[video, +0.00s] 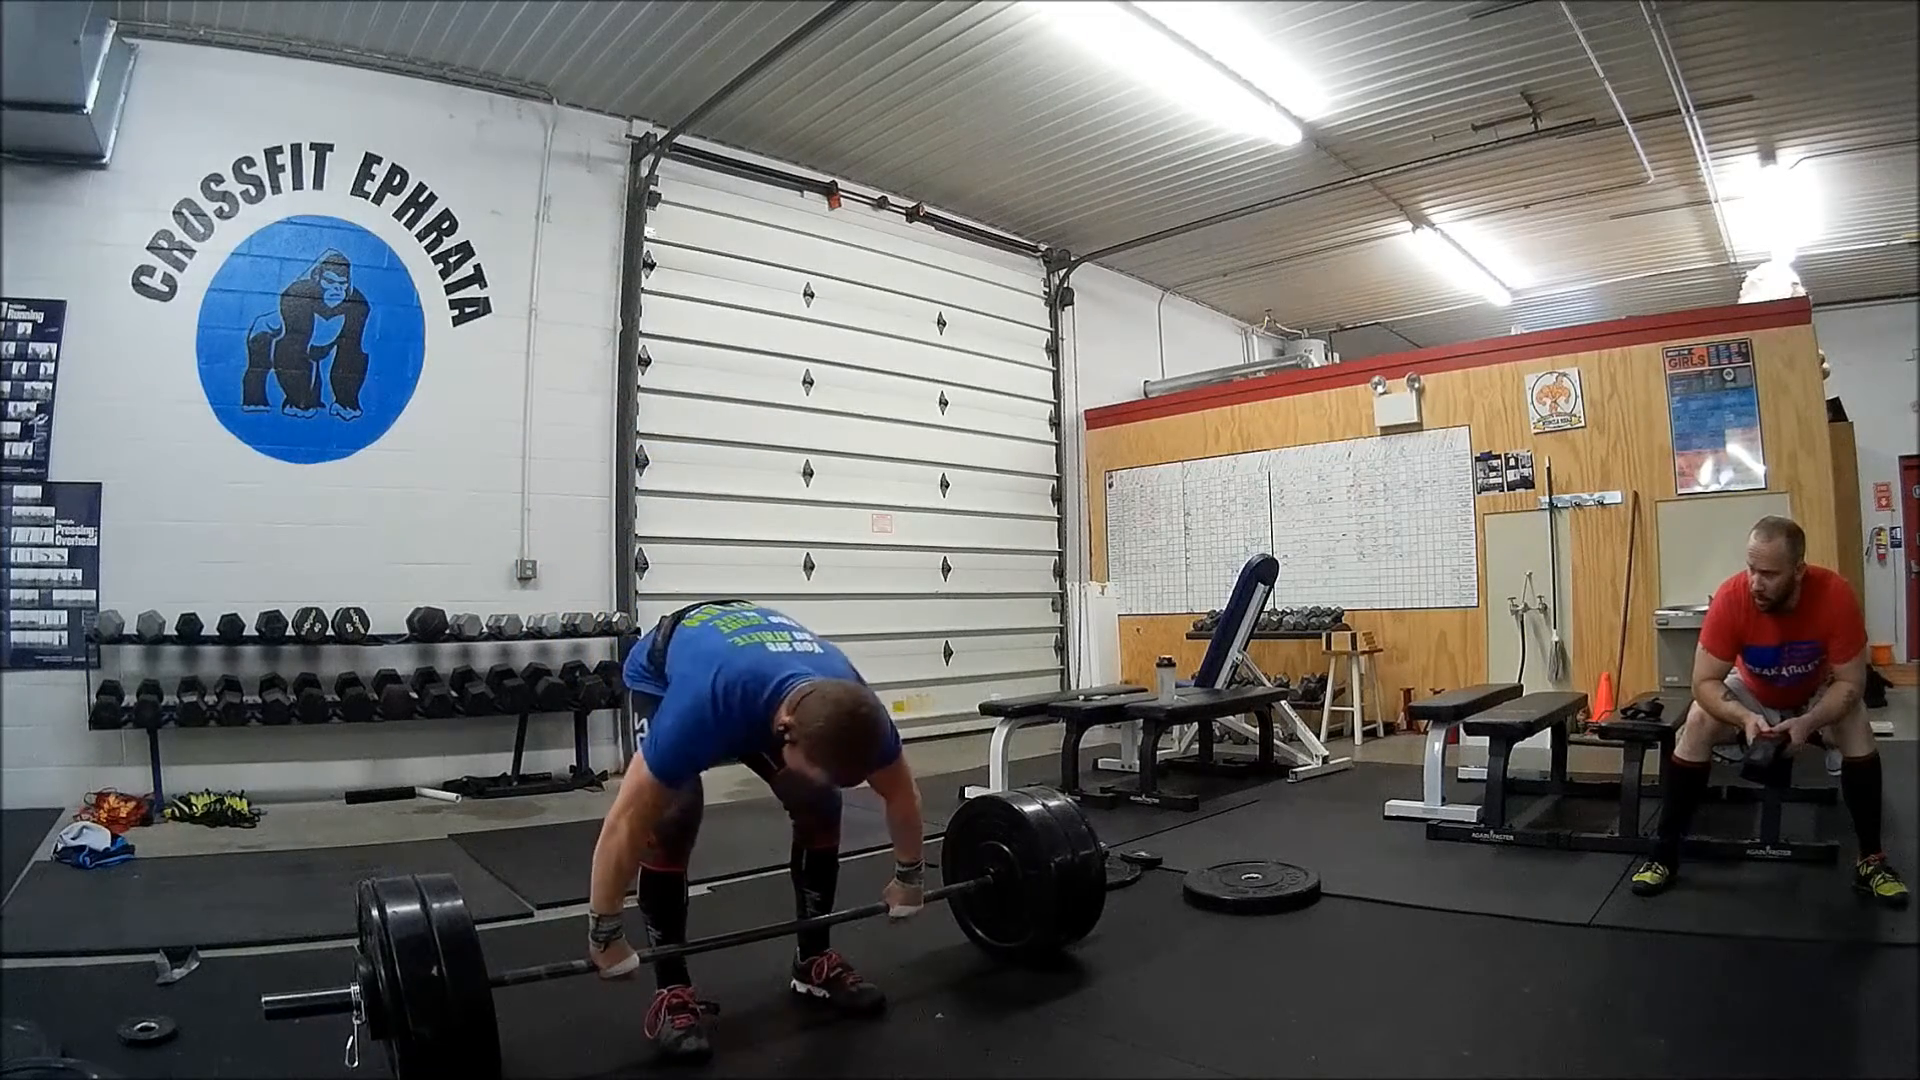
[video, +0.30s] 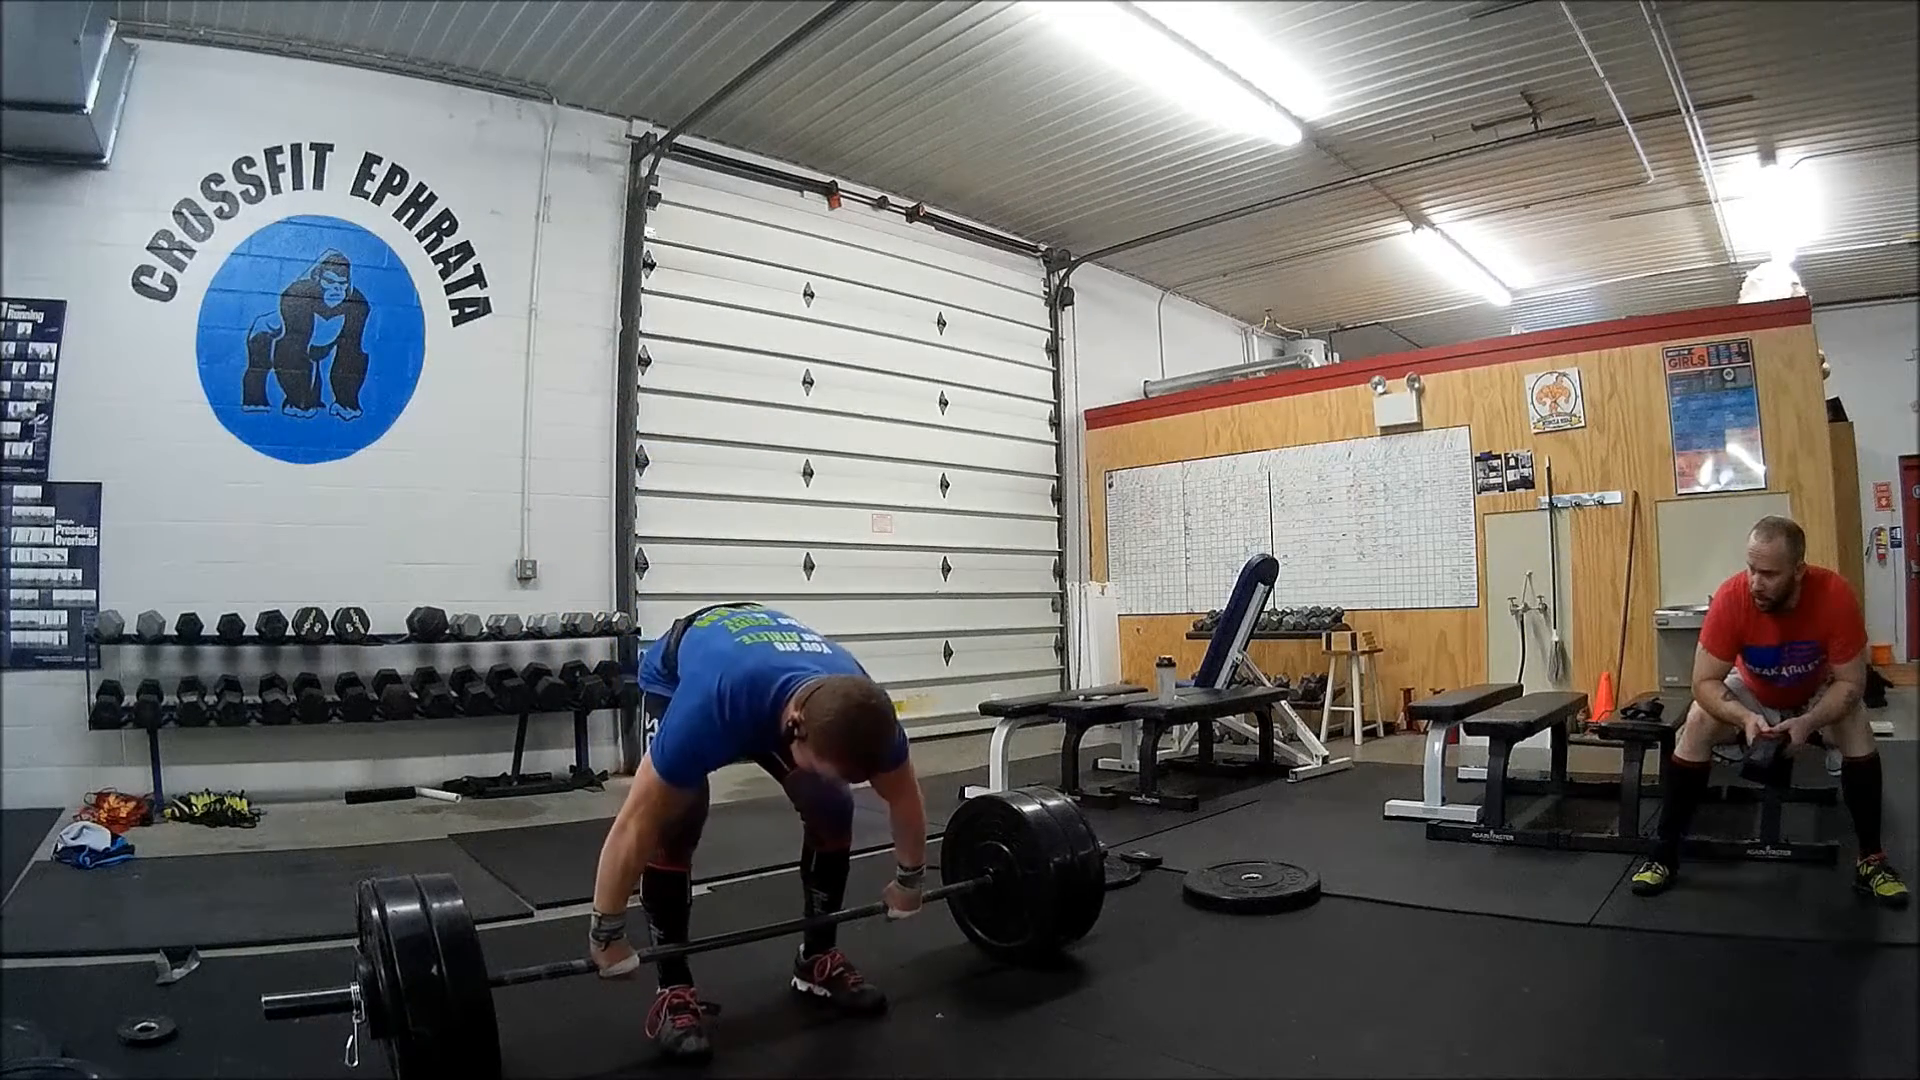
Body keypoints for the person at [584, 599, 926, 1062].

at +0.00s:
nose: (829, 790)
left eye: (843, 783)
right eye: (825, 778)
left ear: (869, 731)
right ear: (787, 732)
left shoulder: (865, 717)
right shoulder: (702, 708)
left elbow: (901, 792)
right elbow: (625, 817)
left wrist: (910, 875)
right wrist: (604, 932)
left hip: (759, 648)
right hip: (660, 670)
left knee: (820, 805)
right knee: (675, 818)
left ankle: (815, 961)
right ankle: (673, 992)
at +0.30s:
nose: (833, 784)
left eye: (846, 777)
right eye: (825, 771)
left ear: (879, 734)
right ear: (796, 728)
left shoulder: (874, 722)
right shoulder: (707, 711)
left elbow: (904, 796)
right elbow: (635, 822)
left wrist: (911, 879)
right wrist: (605, 933)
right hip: (677, 675)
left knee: (833, 808)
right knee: (678, 822)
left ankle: (818, 959)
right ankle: (675, 991)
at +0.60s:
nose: (826, 798)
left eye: (841, 796)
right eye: (820, 787)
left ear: (881, 753)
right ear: (797, 735)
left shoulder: (861, 710)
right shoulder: (707, 715)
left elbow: (891, 790)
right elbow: (630, 820)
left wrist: (902, 872)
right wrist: (603, 933)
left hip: (766, 646)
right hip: (668, 668)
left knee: (827, 807)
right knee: (677, 824)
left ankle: (815, 958)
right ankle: (676, 991)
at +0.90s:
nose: (824, 789)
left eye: (840, 784)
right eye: (819, 775)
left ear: (877, 739)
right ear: (794, 728)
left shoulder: (869, 720)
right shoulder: (707, 709)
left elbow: (903, 794)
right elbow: (633, 820)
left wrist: (909, 877)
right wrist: (604, 930)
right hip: (673, 670)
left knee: (831, 807)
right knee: (682, 818)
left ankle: (816, 958)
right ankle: (673, 991)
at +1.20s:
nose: (823, 793)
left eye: (838, 785)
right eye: (815, 780)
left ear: (865, 746)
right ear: (784, 731)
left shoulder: (868, 728)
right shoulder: (695, 708)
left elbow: (896, 794)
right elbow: (625, 819)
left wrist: (907, 876)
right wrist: (603, 932)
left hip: (767, 650)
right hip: (664, 669)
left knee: (825, 805)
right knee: (676, 815)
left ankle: (815, 958)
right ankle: (673, 992)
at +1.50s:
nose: (817, 779)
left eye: (833, 774)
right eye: (815, 767)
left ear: (868, 733)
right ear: (790, 723)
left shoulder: (863, 718)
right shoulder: (700, 705)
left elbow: (899, 793)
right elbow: (631, 816)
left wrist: (909, 877)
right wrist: (603, 930)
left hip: (762, 659)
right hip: (662, 674)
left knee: (824, 803)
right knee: (675, 813)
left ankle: (816, 958)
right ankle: (673, 991)